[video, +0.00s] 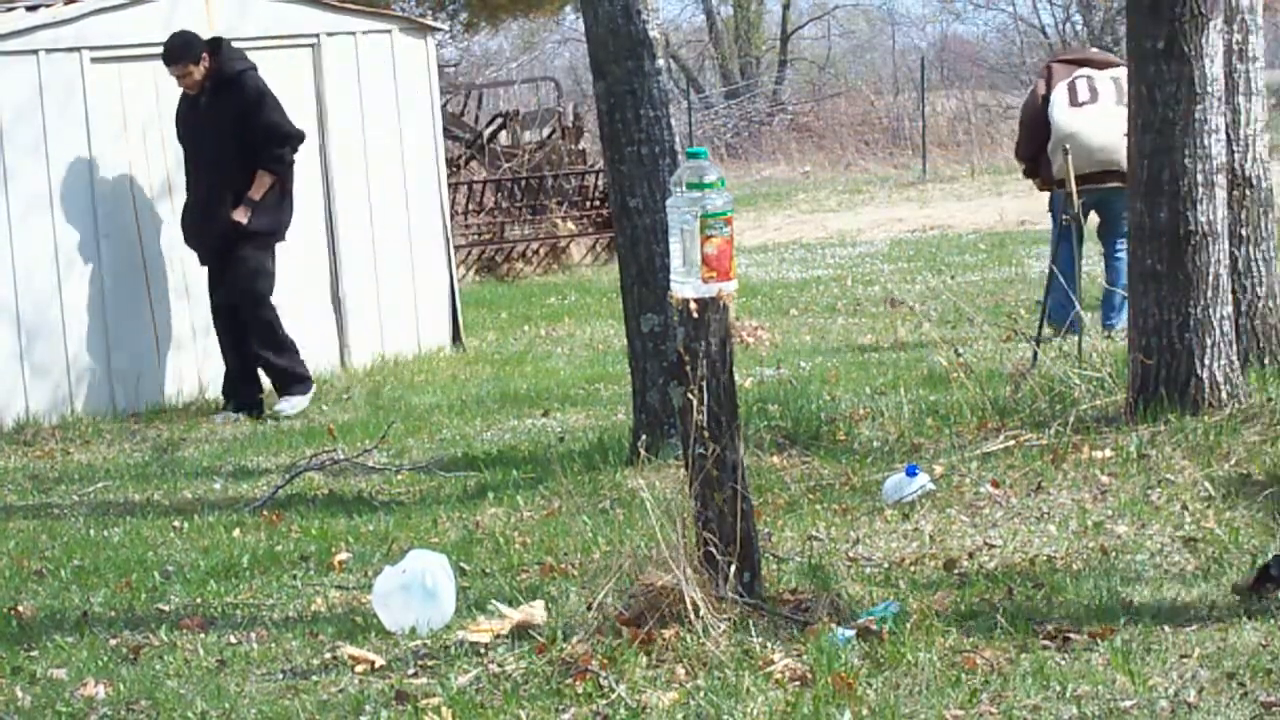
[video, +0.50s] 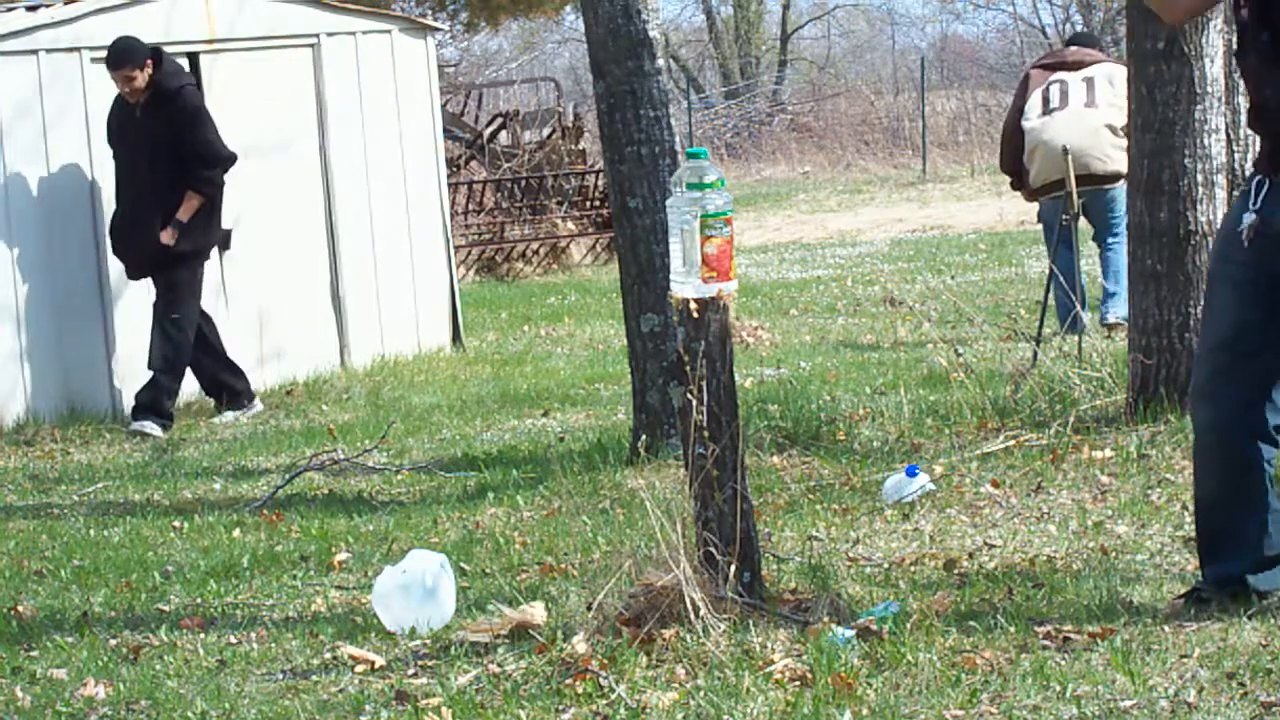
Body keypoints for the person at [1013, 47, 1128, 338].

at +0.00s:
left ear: (1062, 60)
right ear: (1101, 55)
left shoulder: (1048, 82)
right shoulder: (1124, 76)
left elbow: (1028, 139)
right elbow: (1142, 122)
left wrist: (1037, 171)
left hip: (1068, 178)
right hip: (1119, 173)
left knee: (1065, 247)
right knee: (1119, 245)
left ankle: (1064, 322)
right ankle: (1117, 322)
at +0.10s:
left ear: (1079, 49)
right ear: (1114, 53)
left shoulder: (1050, 78)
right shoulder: (1128, 75)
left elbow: (1028, 136)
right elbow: (1144, 124)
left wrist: (1037, 173)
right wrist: (1142, 167)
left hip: (1067, 177)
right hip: (1118, 173)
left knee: (1065, 250)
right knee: (1118, 245)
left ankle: (1064, 324)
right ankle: (1117, 323)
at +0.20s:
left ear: (1074, 51)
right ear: (1113, 51)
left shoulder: (1049, 78)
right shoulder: (1127, 74)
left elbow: (1027, 130)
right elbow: (1144, 124)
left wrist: (1033, 174)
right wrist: (1143, 170)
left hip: (1064, 180)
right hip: (1116, 176)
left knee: (1065, 253)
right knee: (1117, 248)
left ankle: (1069, 323)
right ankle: (1116, 323)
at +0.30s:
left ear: (1073, 48)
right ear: (1111, 50)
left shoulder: (1046, 73)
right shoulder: (1125, 71)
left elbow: (1023, 129)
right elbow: (1143, 122)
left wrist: (1031, 178)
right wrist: (1143, 169)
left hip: (1058, 178)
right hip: (1113, 174)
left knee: (1065, 251)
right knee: (1116, 247)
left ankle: (1072, 323)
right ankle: (1117, 323)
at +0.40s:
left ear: (1068, 49)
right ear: (1104, 49)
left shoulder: (1040, 75)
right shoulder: (1123, 72)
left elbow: (1016, 133)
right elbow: (1140, 123)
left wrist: (1028, 183)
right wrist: (1139, 171)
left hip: (1052, 176)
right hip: (1109, 172)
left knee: (1063, 250)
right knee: (1113, 244)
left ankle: (1071, 324)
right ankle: (1116, 320)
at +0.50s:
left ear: (1063, 49)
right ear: (1101, 50)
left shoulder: (1034, 75)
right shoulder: (1119, 72)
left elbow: (1012, 130)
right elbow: (1137, 122)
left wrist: (1020, 179)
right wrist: (1137, 167)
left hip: (1047, 173)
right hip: (1106, 167)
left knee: (1060, 246)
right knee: (1113, 238)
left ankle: (1071, 322)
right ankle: (1115, 313)